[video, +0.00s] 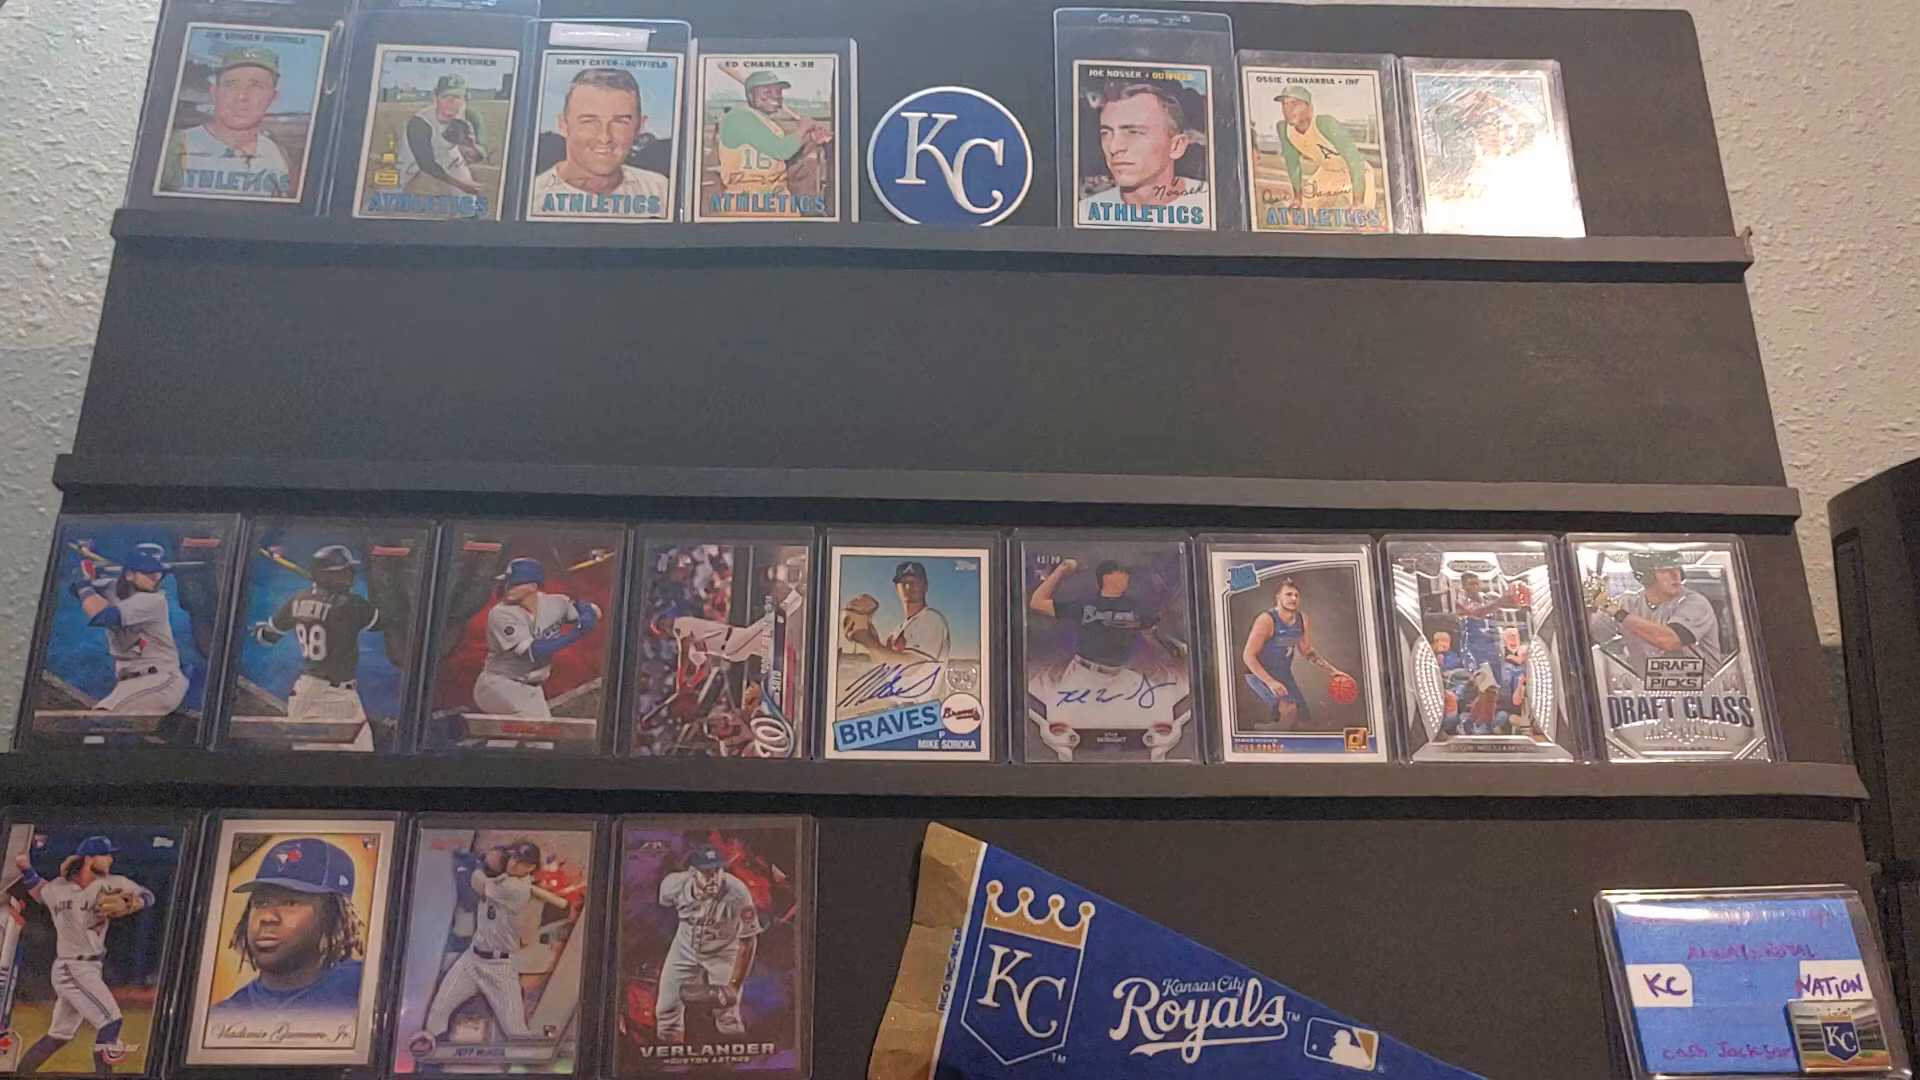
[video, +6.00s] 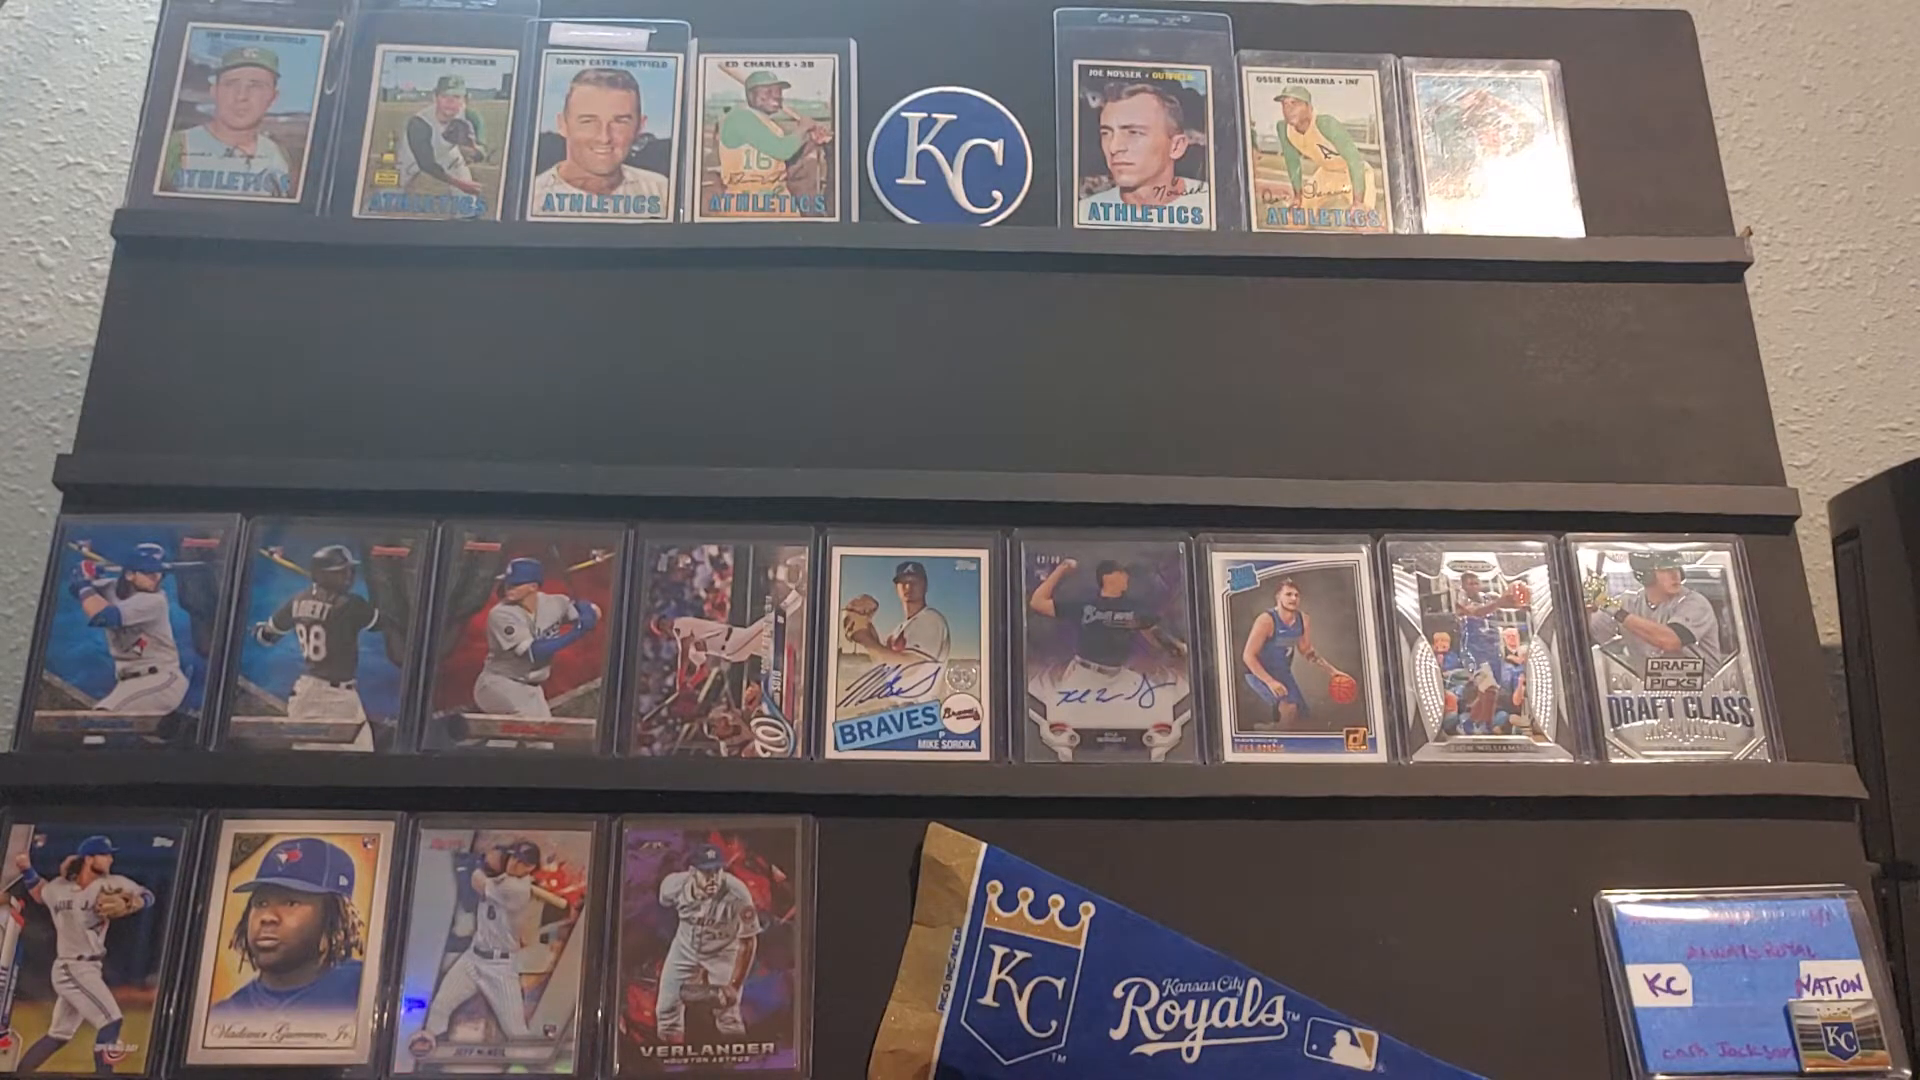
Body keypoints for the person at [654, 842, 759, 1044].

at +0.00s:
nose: (712, 879)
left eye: (716, 872)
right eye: (706, 873)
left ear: (722, 870)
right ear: (692, 871)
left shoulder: (738, 893)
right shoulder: (672, 885)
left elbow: (749, 941)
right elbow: (666, 911)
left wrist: (734, 985)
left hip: (724, 953)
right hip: (684, 947)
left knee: (727, 1016)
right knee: (666, 1011)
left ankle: (740, 1071)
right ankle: (674, 1071)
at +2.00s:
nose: (712, 878)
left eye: (716, 871)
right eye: (705, 872)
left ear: (722, 869)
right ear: (692, 871)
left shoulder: (738, 893)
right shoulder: (673, 885)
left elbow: (748, 942)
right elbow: (665, 913)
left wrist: (734, 985)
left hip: (724, 953)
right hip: (684, 947)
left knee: (727, 1015)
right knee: (666, 1009)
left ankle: (740, 1068)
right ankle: (673, 1071)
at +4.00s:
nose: (711, 878)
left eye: (715, 871)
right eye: (705, 872)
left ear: (722, 869)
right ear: (693, 871)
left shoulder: (738, 893)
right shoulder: (673, 885)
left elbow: (748, 941)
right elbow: (666, 907)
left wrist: (735, 985)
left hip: (724, 953)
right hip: (684, 947)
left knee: (727, 1014)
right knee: (666, 1009)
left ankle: (740, 1068)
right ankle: (674, 1071)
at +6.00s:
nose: (712, 879)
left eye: (716, 872)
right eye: (705, 872)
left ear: (722, 870)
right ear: (692, 871)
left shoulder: (738, 894)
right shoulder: (672, 886)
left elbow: (749, 942)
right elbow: (667, 909)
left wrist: (735, 985)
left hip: (724, 954)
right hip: (684, 948)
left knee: (727, 1015)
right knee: (666, 1009)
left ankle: (740, 1068)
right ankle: (673, 1069)